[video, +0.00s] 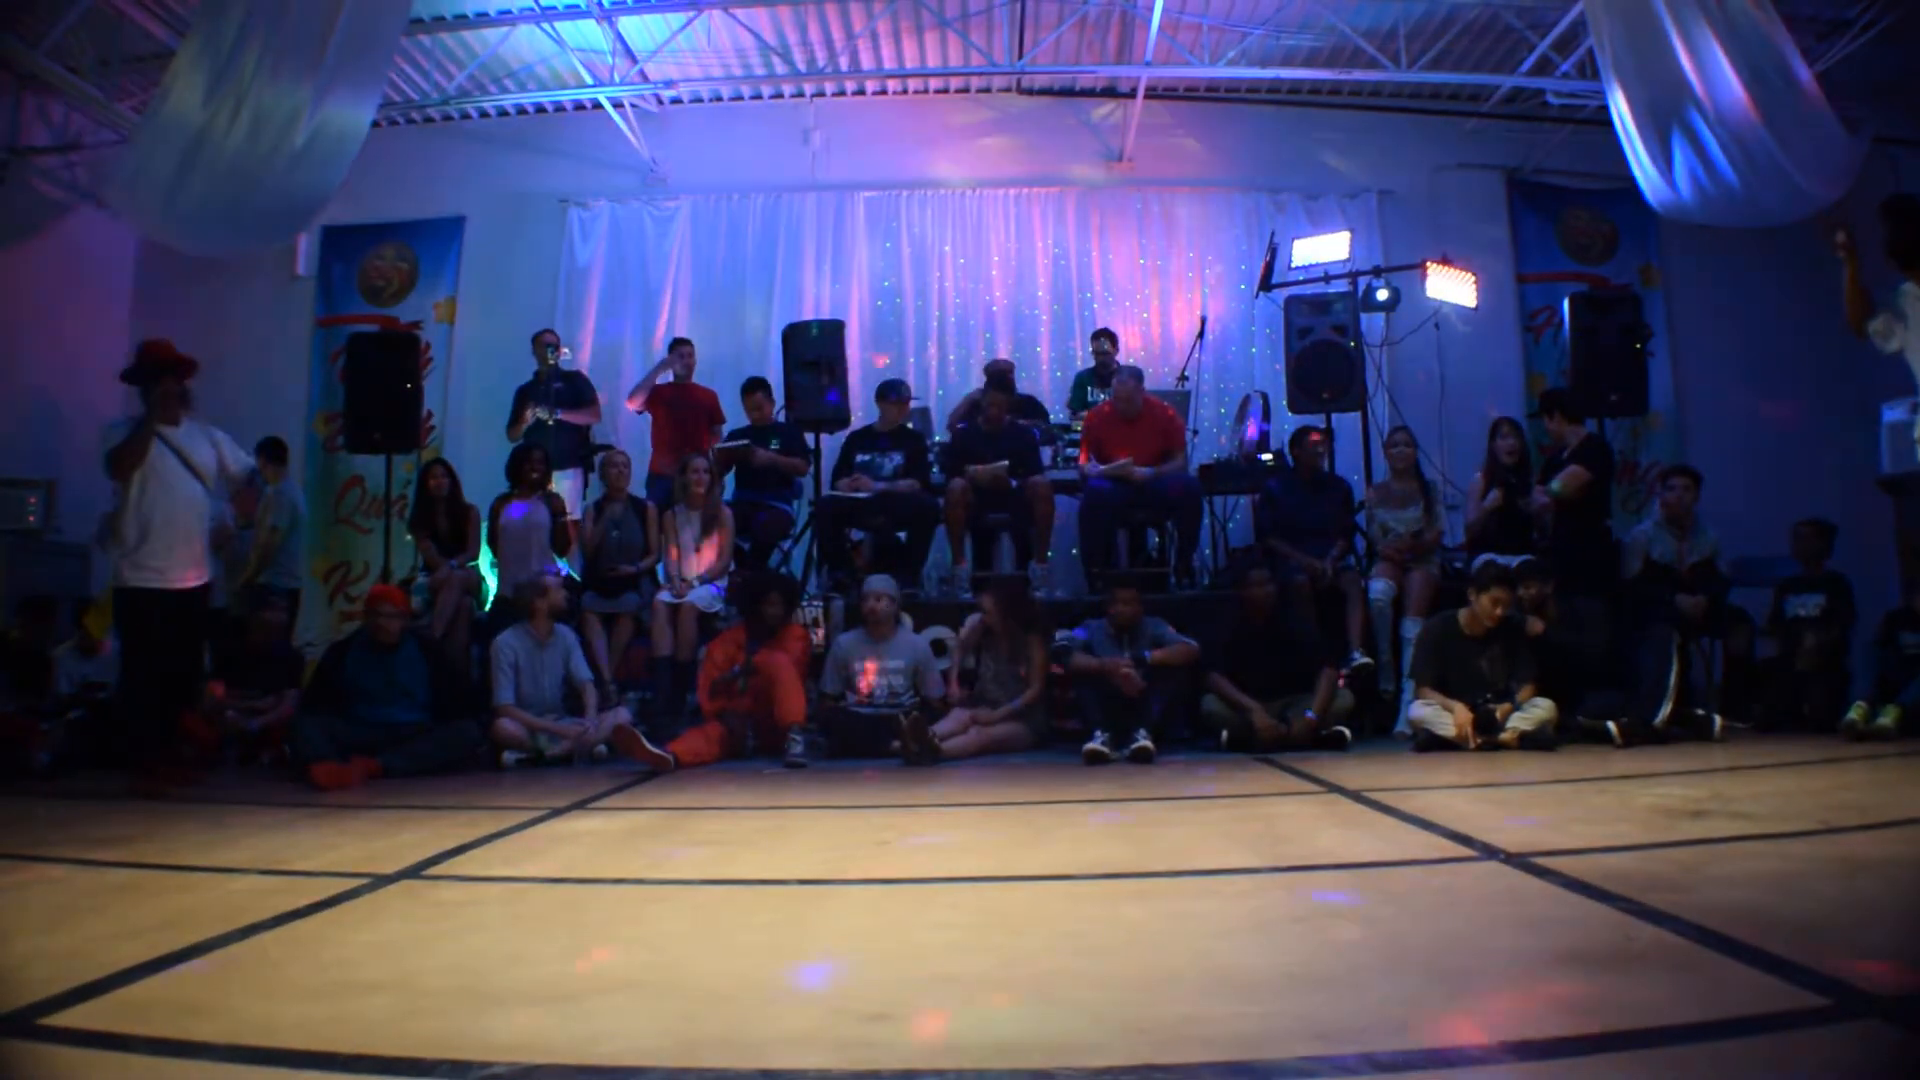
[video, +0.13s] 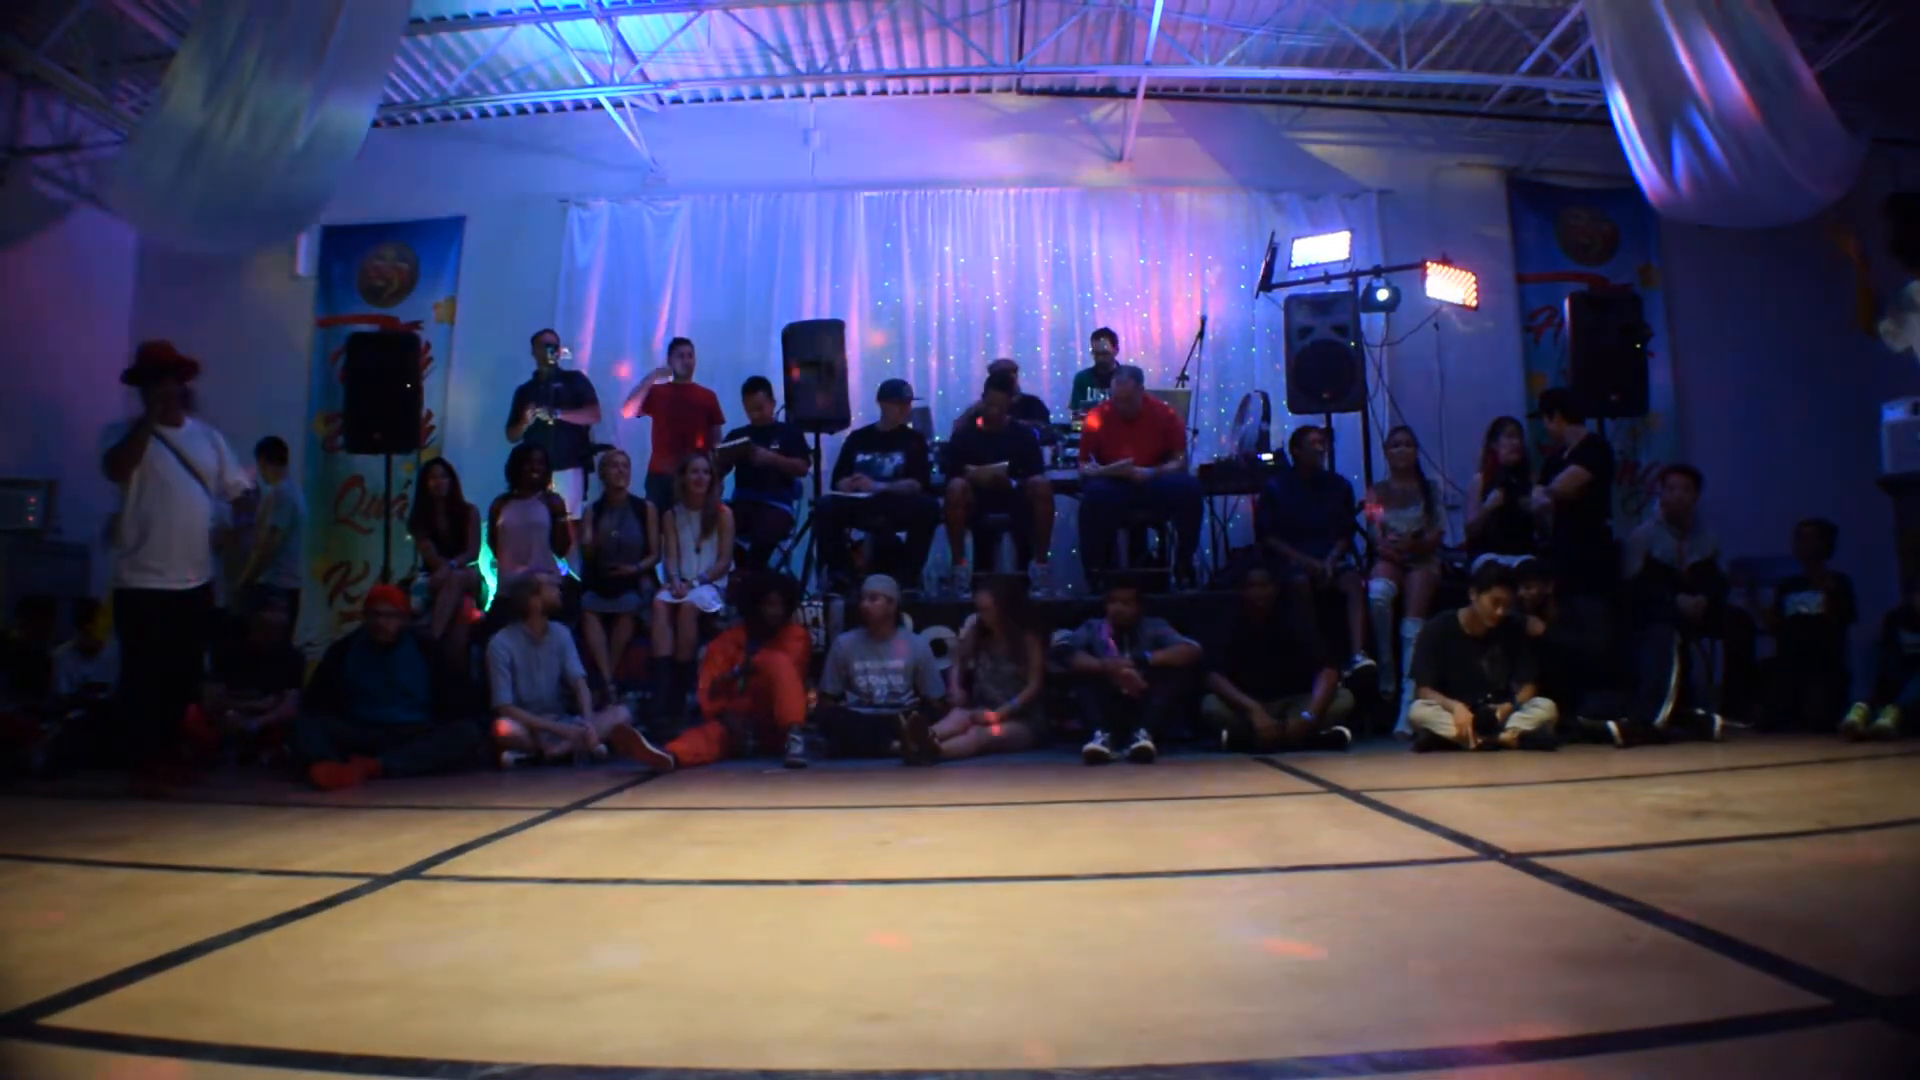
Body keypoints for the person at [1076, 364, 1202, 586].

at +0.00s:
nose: (1120, 405)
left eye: (1126, 399)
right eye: (1116, 398)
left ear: (1141, 392)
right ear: (1111, 393)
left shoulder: (1165, 415)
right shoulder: (1096, 417)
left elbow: (1180, 462)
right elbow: (1085, 465)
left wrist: (1150, 473)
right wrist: (1109, 470)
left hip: (1153, 484)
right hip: (1115, 484)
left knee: (1188, 489)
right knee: (1095, 493)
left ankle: (1184, 568)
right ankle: (1096, 575)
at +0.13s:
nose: (1121, 405)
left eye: (1127, 399)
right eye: (1117, 399)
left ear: (1140, 391)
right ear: (1110, 393)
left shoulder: (1165, 415)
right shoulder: (1097, 417)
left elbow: (1180, 461)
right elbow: (1085, 467)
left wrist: (1151, 473)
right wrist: (1111, 470)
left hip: (1153, 483)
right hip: (1115, 484)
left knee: (1189, 489)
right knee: (1094, 496)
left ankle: (1184, 567)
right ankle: (1097, 575)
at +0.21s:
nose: (1121, 406)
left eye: (1127, 400)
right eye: (1116, 399)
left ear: (1141, 393)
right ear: (1110, 394)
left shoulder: (1166, 415)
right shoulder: (1097, 416)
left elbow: (1180, 462)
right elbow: (1085, 463)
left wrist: (1151, 473)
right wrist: (1106, 471)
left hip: (1153, 484)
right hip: (1115, 484)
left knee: (1189, 489)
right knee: (1094, 495)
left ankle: (1184, 567)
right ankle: (1096, 574)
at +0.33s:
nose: (1122, 405)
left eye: (1127, 399)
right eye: (1117, 399)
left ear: (1141, 392)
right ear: (1110, 394)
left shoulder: (1165, 415)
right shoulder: (1097, 416)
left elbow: (1180, 461)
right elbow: (1085, 465)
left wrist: (1151, 473)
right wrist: (1111, 471)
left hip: (1155, 484)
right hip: (1115, 484)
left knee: (1190, 491)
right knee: (1094, 497)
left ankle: (1184, 567)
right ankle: (1097, 574)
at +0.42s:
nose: (1122, 405)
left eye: (1128, 399)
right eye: (1118, 399)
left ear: (1141, 392)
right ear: (1112, 394)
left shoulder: (1164, 414)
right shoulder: (1098, 416)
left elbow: (1180, 460)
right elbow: (1085, 467)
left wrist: (1152, 473)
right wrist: (1115, 471)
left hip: (1155, 484)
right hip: (1116, 484)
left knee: (1189, 489)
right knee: (1094, 496)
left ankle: (1185, 566)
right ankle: (1098, 574)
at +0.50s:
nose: (1122, 405)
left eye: (1128, 399)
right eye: (1118, 399)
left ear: (1141, 392)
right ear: (1111, 394)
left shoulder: (1166, 415)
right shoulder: (1096, 418)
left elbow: (1180, 461)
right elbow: (1086, 464)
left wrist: (1151, 473)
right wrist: (1108, 471)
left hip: (1155, 484)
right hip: (1115, 484)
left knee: (1190, 490)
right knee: (1094, 495)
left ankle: (1185, 566)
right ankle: (1097, 574)